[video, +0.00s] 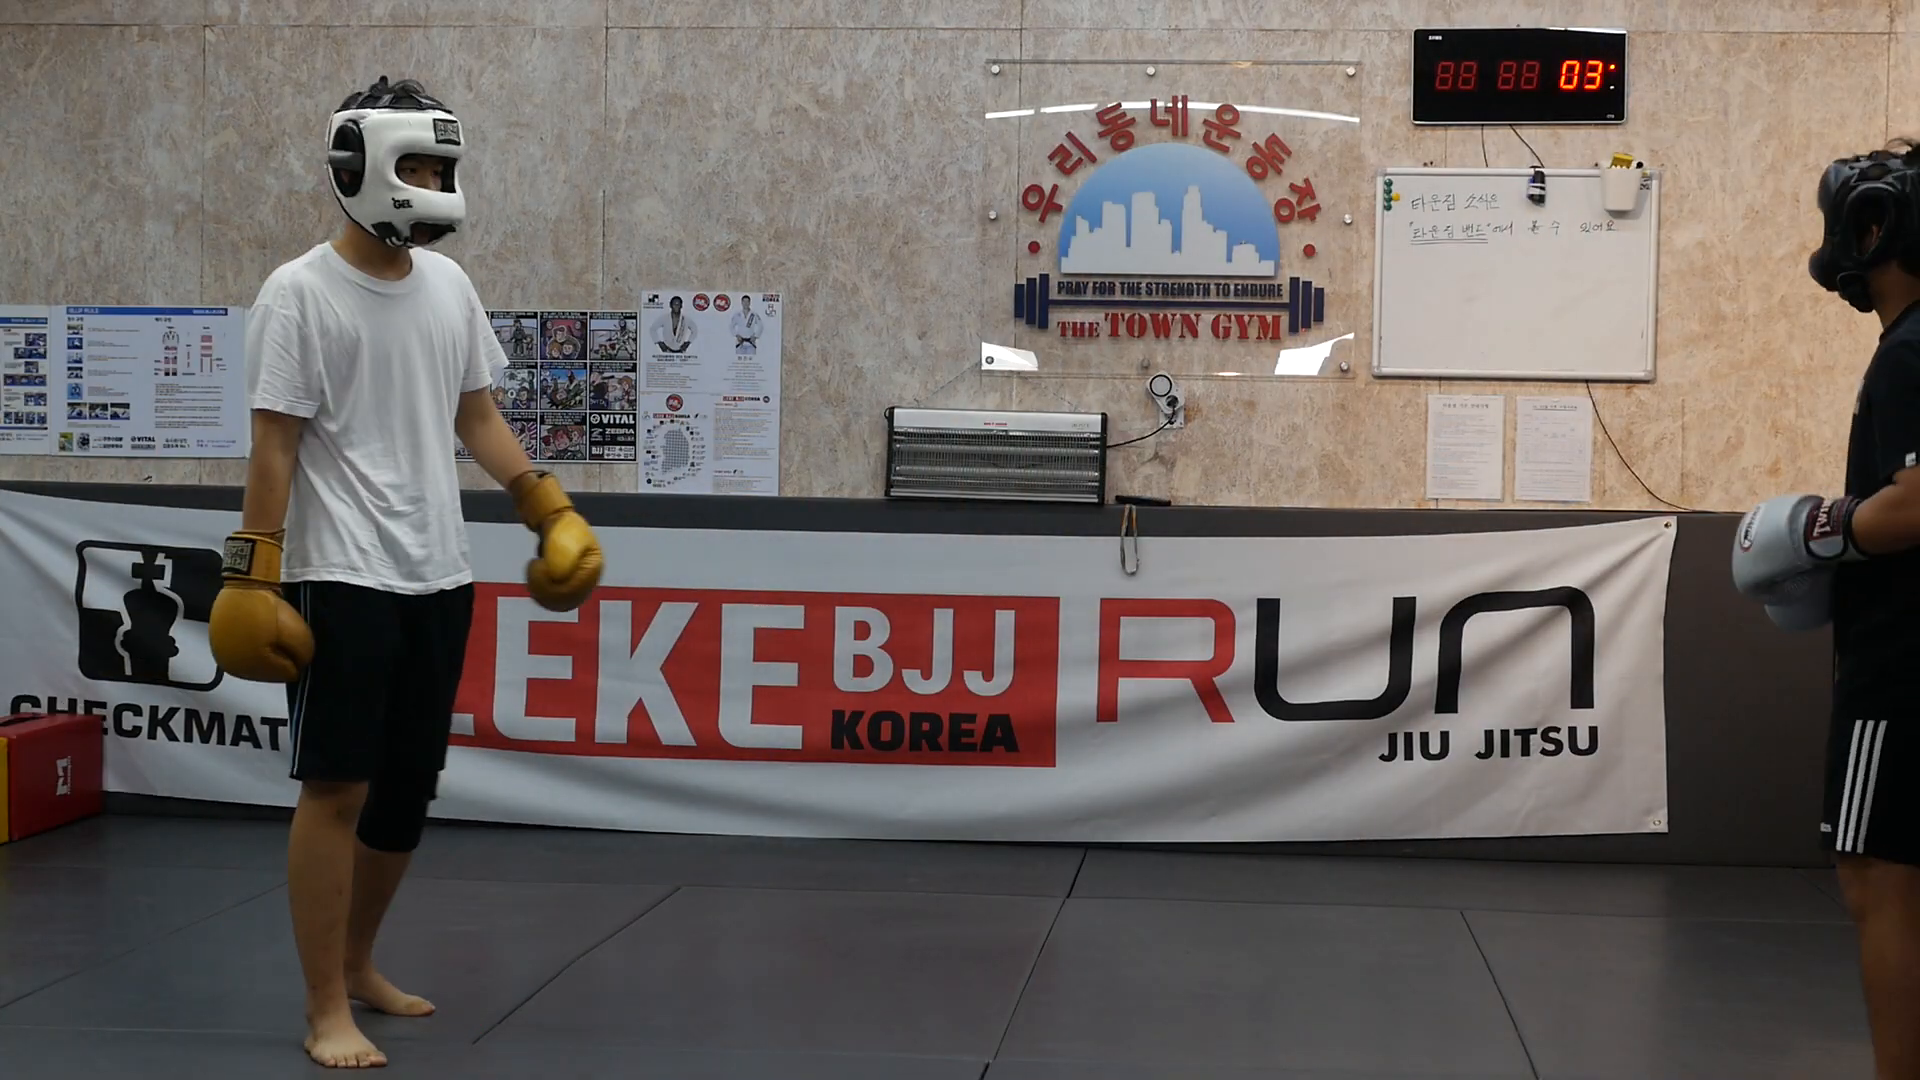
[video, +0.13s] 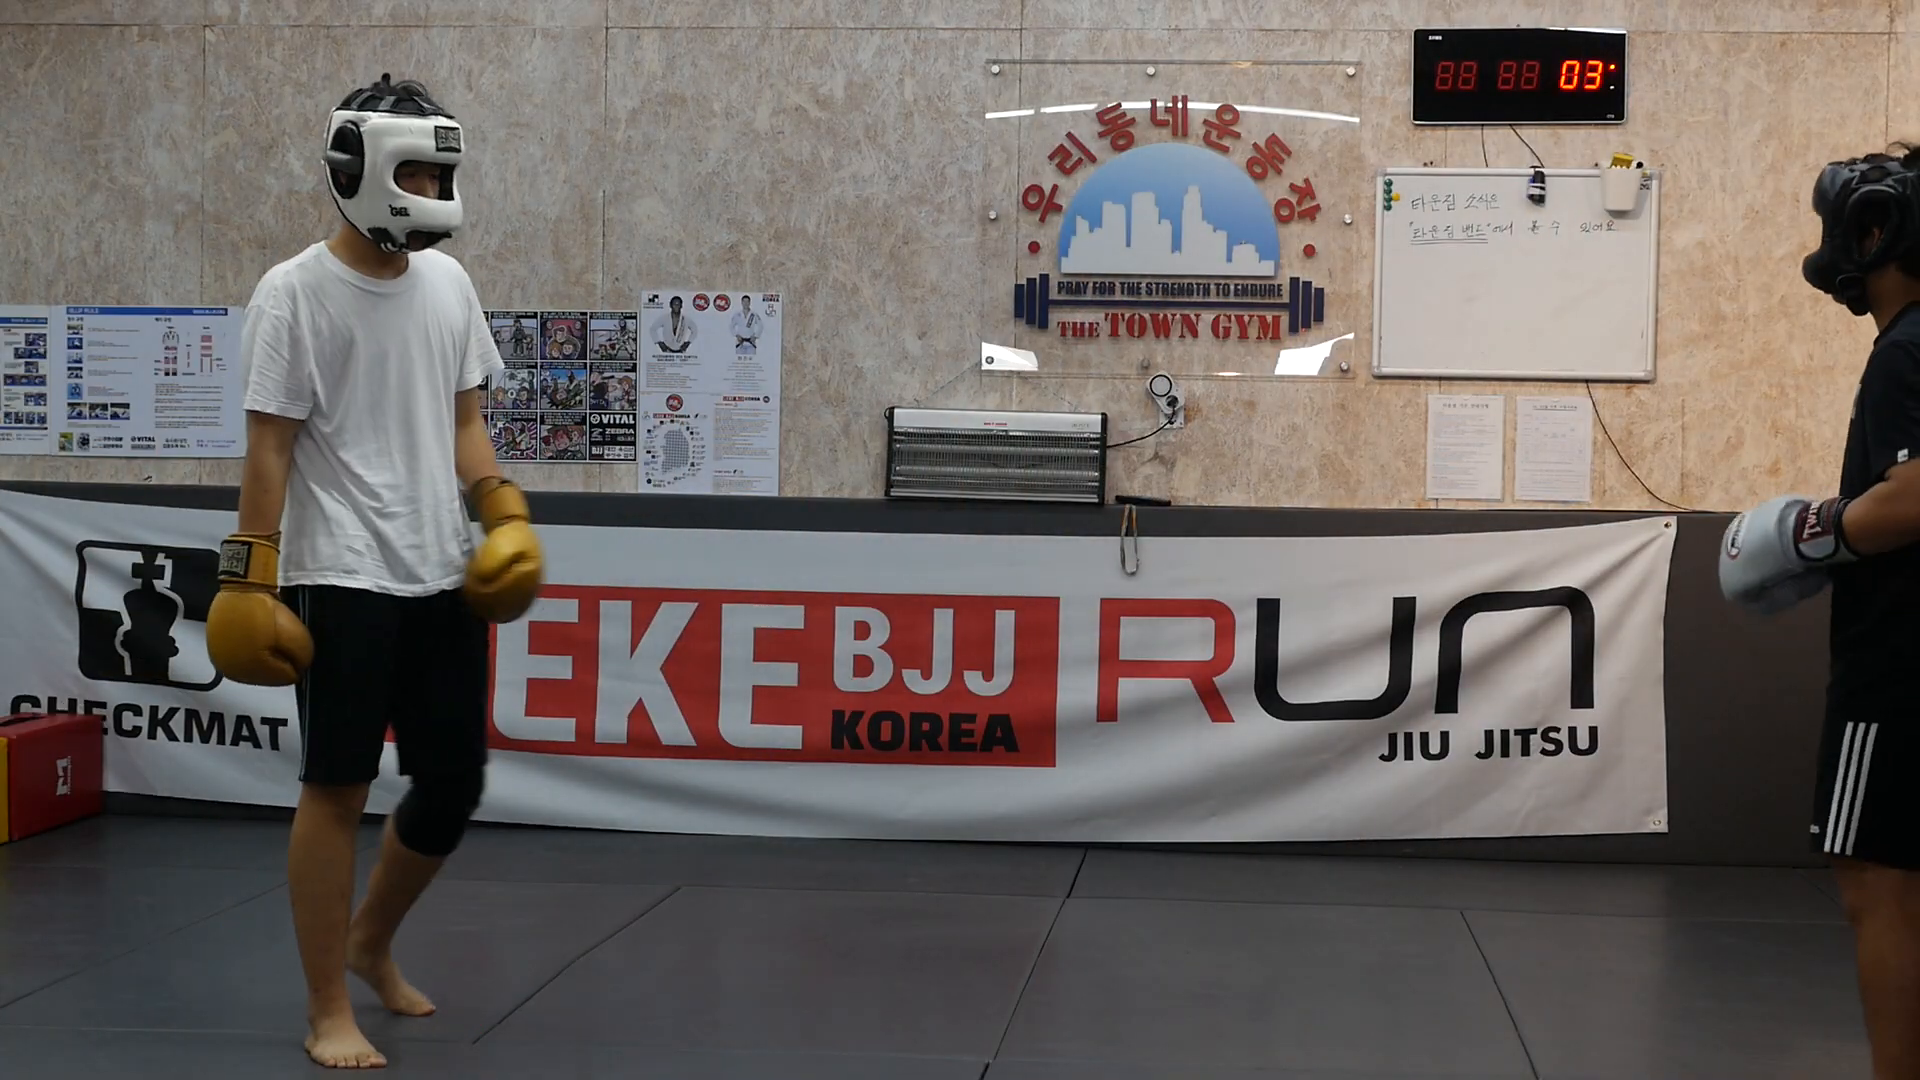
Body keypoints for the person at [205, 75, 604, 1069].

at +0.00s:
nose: (432, 181)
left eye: (440, 165)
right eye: (411, 164)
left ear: (449, 172)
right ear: (354, 170)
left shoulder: (449, 285)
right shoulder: (298, 293)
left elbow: (479, 415)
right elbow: (273, 442)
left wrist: (549, 510)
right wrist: (253, 575)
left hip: (438, 579)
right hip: (340, 581)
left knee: (404, 792)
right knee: (335, 791)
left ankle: (356, 964)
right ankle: (326, 1012)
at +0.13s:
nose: (430, 183)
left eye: (440, 165)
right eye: (410, 165)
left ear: (449, 171)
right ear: (354, 168)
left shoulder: (448, 282)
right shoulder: (293, 292)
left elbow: (466, 425)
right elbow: (269, 447)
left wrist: (507, 518)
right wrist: (250, 580)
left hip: (445, 583)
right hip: (341, 585)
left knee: (450, 789)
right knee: (337, 791)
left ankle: (366, 945)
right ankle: (329, 1011)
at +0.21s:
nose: (433, 184)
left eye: (443, 167)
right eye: (413, 167)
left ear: (451, 173)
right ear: (358, 171)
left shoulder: (447, 283)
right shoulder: (296, 292)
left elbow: (463, 421)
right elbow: (267, 445)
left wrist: (479, 523)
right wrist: (252, 581)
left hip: (443, 580)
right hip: (343, 581)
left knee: (484, 778)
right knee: (339, 790)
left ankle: (386, 926)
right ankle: (330, 1014)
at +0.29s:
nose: (447, 189)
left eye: (455, 171)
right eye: (428, 171)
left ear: (459, 175)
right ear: (371, 171)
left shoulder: (448, 283)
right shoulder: (300, 290)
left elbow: (462, 418)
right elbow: (273, 441)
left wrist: (489, 518)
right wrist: (261, 579)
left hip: (443, 582)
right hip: (342, 585)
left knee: (507, 770)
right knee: (341, 792)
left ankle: (420, 944)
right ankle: (331, 1014)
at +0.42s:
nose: (467, 188)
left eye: (474, 171)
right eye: (450, 168)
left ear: (476, 176)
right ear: (390, 169)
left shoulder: (452, 281)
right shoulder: (313, 287)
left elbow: (470, 426)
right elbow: (288, 435)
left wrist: (520, 524)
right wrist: (282, 572)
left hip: (460, 580)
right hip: (355, 588)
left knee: (516, 786)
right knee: (345, 796)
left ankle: (519, 986)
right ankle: (332, 1017)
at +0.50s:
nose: (483, 193)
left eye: (488, 175)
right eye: (466, 173)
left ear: (480, 179)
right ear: (407, 172)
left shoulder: (457, 289)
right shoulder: (329, 286)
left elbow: (475, 432)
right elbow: (302, 431)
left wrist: (531, 538)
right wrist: (301, 572)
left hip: (466, 589)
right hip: (368, 592)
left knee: (515, 789)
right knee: (350, 797)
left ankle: (584, 980)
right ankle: (331, 1017)